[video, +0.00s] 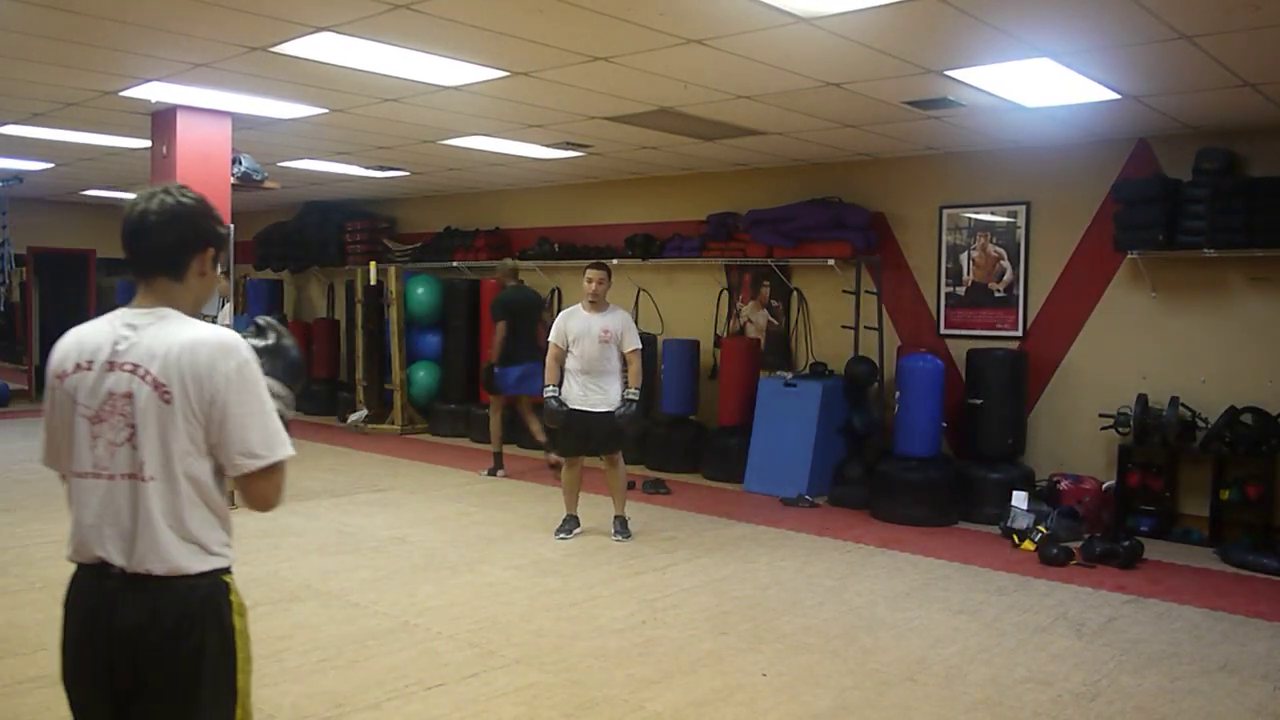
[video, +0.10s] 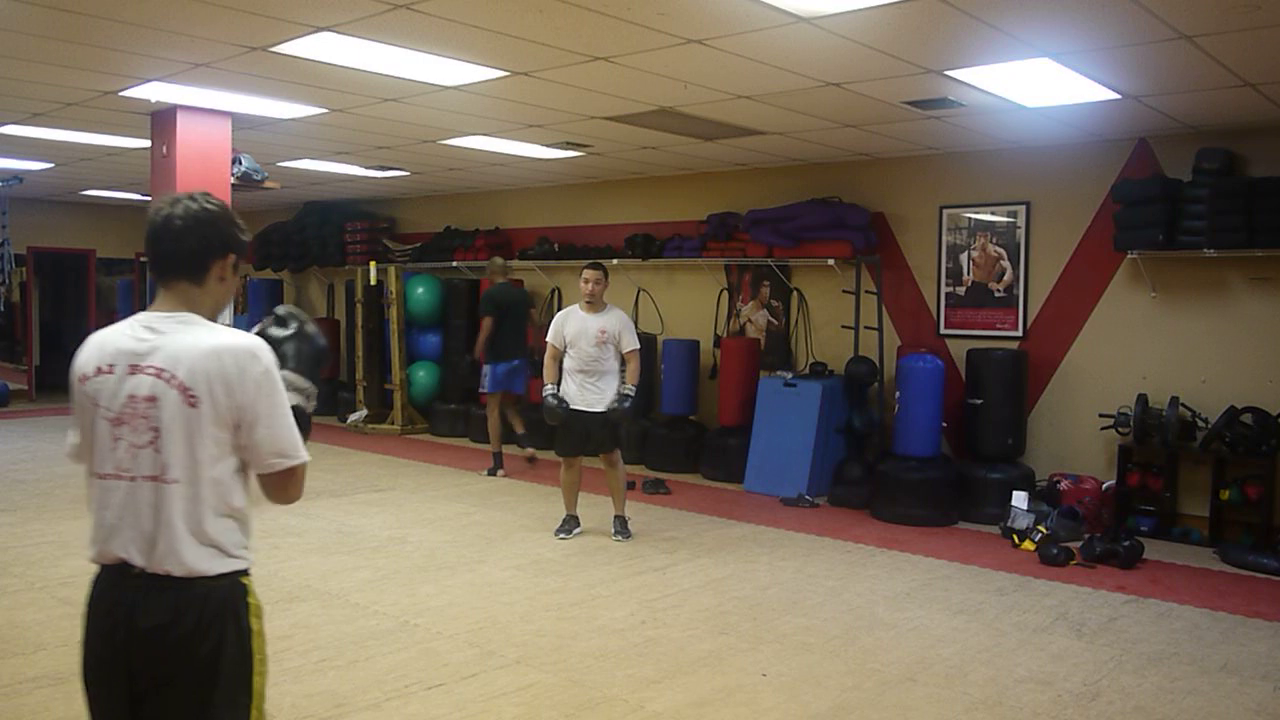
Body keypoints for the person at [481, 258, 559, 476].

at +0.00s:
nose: (497, 281)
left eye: (498, 277)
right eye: (498, 277)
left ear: (503, 278)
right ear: (517, 276)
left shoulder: (502, 299)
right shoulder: (533, 295)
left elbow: (501, 331)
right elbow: (548, 324)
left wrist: (494, 360)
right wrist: (544, 349)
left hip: (508, 361)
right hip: (532, 359)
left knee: (496, 408)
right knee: (526, 407)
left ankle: (498, 464)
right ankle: (549, 449)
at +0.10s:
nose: (489, 277)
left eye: (489, 274)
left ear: (490, 274)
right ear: (507, 272)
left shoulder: (490, 295)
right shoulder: (521, 293)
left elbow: (487, 325)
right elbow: (535, 320)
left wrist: (478, 350)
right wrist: (534, 345)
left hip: (496, 358)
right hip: (518, 356)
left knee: (493, 408)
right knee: (509, 404)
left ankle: (497, 463)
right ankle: (525, 442)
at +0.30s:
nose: (472, 278)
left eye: (472, 275)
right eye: (476, 274)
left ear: (472, 276)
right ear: (488, 276)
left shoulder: (470, 296)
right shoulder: (500, 295)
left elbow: (463, 326)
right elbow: (515, 322)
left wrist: (448, 347)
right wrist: (518, 352)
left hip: (479, 357)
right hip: (499, 355)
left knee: (485, 405)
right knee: (480, 402)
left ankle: (497, 460)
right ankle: (476, 445)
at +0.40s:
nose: (461, 280)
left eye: (462, 277)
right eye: (463, 277)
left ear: (464, 277)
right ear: (478, 277)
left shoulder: (462, 297)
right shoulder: (491, 296)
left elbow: (455, 326)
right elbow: (506, 324)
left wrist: (437, 349)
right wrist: (508, 354)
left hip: (470, 360)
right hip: (489, 358)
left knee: (478, 407)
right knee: (471, 405)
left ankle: (495, 460)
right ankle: (462, 452)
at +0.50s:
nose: (451, 277)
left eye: (453, 274)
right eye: (454, 273)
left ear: (455, 276)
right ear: (469, 276)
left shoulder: (453, 295)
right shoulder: (482, 295)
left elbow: (450, 325)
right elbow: (496, 325)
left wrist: (432, 349)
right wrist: (497, 353)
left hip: (459, 358)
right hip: (479, 356)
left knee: (458, 404)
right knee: (464, 404)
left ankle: (484, 447)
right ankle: (459, 453)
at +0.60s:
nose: (440, 278)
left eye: (441, 275)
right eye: (441, 274)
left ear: (449, 274)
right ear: (460, 275)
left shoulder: (449, 294)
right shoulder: (474, 294)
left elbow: (446, 324)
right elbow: (487, 324)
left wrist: (430, 348)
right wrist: (487, 350)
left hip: (450, 356)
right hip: (471, 355)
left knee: (439, 403)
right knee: (461, 402)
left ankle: (465, 437)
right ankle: (459, 453)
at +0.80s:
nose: (419, 277)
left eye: (422, 273)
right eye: (419, 273)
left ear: (431, 273)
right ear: (439, 272)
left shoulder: (427, 297)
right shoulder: (456, 291)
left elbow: (421, 326)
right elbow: (469, 323)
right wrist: (464, 346)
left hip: (434, 353)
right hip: (455, 351)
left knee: (432, 399)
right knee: (454, 400)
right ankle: (458, 448)